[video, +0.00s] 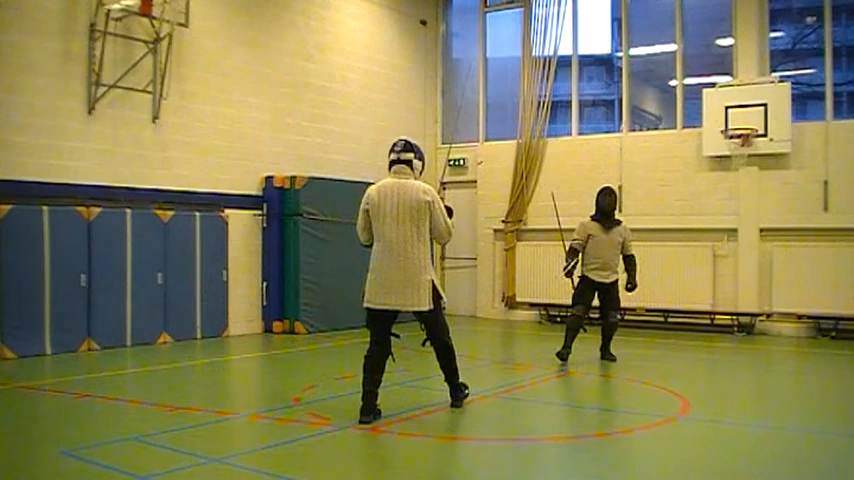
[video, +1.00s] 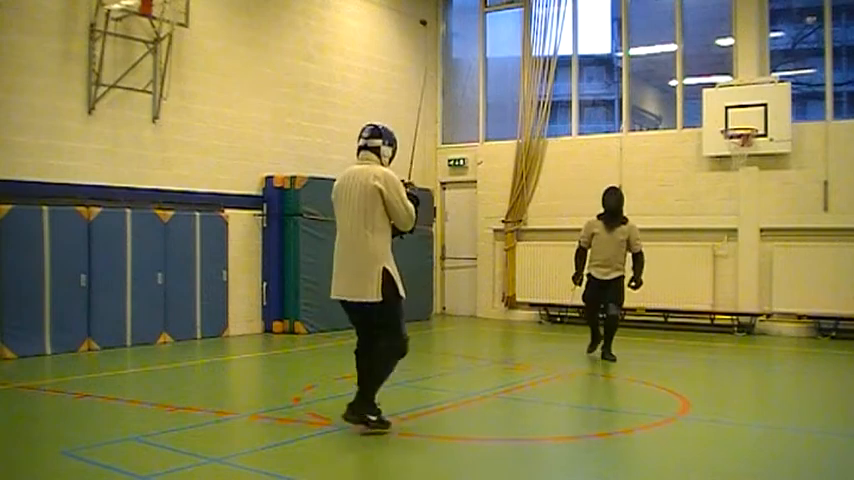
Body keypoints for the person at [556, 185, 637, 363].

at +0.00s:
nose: (609, 202)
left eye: (612, 198)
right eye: (605, 198)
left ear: (616, 203)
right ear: (597, 201)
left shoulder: (622, 230)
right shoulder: (586, 226)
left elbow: (628, 255)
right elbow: (575, 247)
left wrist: (631, 277)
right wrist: (570, 263)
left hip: (610, 281)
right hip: (588, 278)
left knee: (612, 318)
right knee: (578, 312)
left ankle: (605, 349)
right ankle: (566, 347)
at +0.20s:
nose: (609, 202)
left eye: (612, 198)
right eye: (605, 198)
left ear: (616, 203)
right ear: (597, 201)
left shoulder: (622, 230)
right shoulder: (586, 226)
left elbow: (628, 255)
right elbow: (575, 247)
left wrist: (631, 277)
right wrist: (570, 263)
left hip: (610, 281)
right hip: (588, 278)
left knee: (612, 318)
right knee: (578, 312)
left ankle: (605, 349)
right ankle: (566, 347)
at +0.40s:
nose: (609, 202)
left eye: (612, 198)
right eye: (605, 198)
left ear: (616, 203)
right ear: (597, 201)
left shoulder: (622, 230)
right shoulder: (586, 226)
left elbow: (628, 255)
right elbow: (575, 247)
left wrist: (631, 277)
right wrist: (570, 263)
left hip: (610, 281)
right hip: (588, 278)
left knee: (612, 318)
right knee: (578, 312)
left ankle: (605, 349)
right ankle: (566, 347)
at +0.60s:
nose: (609, 202)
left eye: (612, 198)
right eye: (605, 198)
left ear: (616, 203)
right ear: (597, 201)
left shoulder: (622, 230)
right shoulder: (586, 226)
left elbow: (628, 255)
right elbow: (575, 247)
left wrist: (631, 277)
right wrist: (570, 263)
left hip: (610, 281)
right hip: (588, 278)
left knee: (612, 318)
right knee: (578, 312)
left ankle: (605, 349)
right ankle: (566, 347)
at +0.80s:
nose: (612, 203)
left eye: (615, 199)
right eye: (610, 198)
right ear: (604, 201)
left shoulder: (627, 227)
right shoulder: (590, 223)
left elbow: (635, 252)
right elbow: (578, 247)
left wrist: (637, 274)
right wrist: (572, 268)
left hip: (614, 277)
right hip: (592, 275)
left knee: (612, 315)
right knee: (582, 310)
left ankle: (606, 348)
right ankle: (574, 344)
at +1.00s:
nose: (611, 205)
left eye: (615, 201)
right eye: (608, 201)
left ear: (621, 204)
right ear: (603, 203)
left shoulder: (629, 229)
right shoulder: (592, 226)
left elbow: (637, 253)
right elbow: (582, 248)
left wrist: (637, 274)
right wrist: (578, 271)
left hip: (616, 278)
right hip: (594, 277)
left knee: (613, 313)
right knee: (589, 308)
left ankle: (607, 348)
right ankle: (595, 335)